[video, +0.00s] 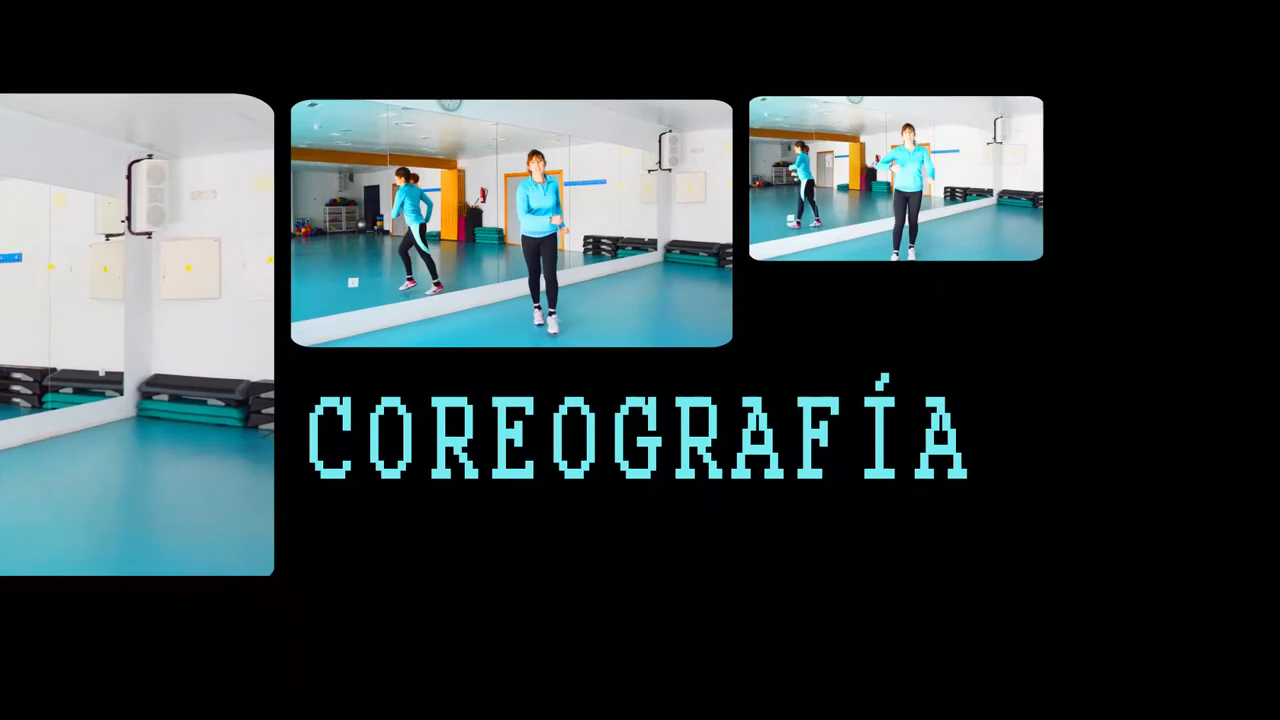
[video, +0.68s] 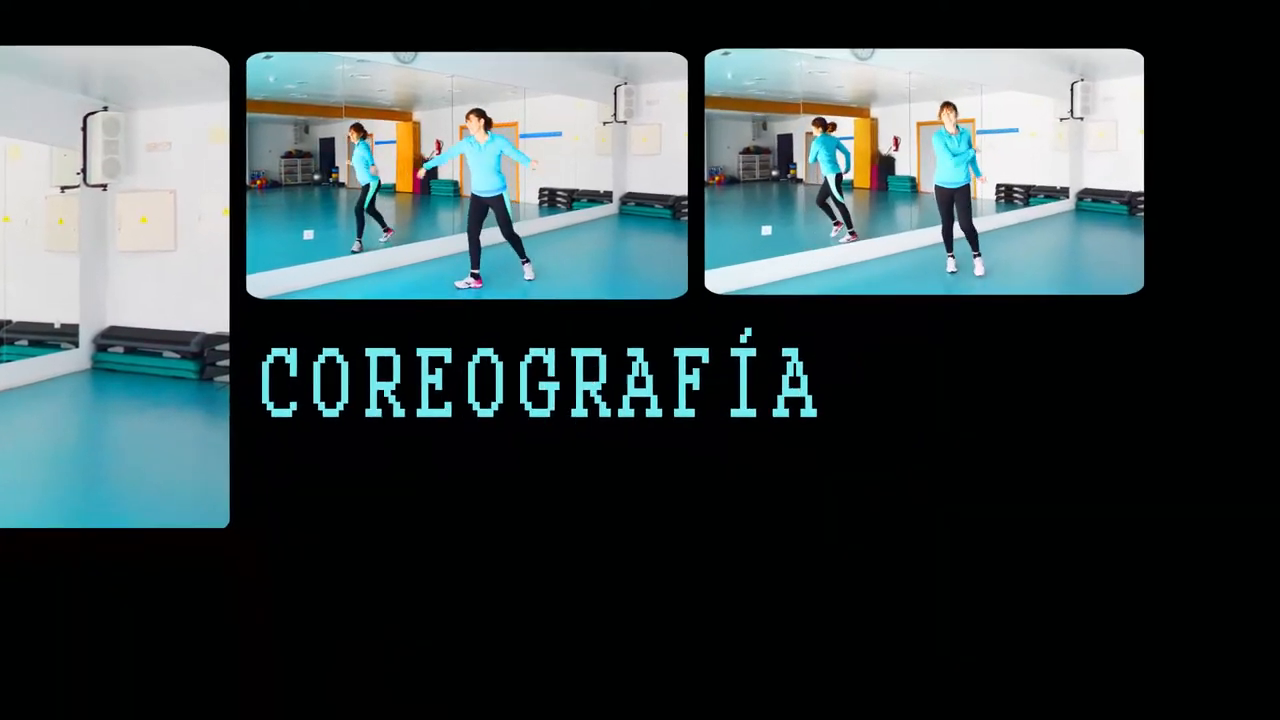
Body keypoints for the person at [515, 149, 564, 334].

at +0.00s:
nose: (537, 164)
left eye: (539, 161)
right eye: (533, 162)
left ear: (544, 163)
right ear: (528, 166)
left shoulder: (553, 184)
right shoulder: (523, 187)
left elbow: (557, 207)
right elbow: (523, 217)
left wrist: (561, 224)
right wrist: (550, 219)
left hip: (549, 235)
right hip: (529, 236)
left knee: (550, 274)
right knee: (534, 273)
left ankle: (552, 313)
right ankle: (536, 308)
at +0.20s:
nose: (513, 164)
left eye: (516, 159)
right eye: (511, 161)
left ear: (525, 161)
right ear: (509, 164)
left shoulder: (536, 179)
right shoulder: (509, 182)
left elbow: (542, 200)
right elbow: (527, 201)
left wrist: (552, 217)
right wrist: (545, 190)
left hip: (534, 232)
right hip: (514, 232)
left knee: (539, 271)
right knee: (518, 269)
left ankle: (555, 301)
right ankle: (521, 301)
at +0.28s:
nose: (503, 158)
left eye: (506, 154)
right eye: (502, 154)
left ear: (516, 154)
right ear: (503, 157)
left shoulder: (530, 171)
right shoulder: (502, 175)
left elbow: (537, 193)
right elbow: (518, 192)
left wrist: (545, 212)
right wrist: (544, 186)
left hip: (529, 224)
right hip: (508, 225)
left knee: (536, 262)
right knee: (512, 261)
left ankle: (548, 297)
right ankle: (514, 296)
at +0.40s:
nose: (491, 143)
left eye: (494, 140)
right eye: (491, 140)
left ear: (505, 141)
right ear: (493, 143)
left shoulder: (522, 158)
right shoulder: (490, 161)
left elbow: (533, 180)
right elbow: (494, 179)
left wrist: (538, 201)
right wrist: (508, 187)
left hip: (520, 211)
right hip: (500, 211)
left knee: (529, 250)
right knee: (498, 251)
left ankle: (540, 288)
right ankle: (502, 286)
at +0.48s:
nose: (485, 141)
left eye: (487, 137)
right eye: (484, 138)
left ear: (498, 137)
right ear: (486, 140)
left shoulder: (515, 154)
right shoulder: (486, 158)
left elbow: (531, 171)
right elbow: (475, 170)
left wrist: (540, 193)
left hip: (515, 208)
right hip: (495, 209)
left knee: (524, 245)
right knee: (488, 245)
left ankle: (534, 283)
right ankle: (490, 285)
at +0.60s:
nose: (474, 135)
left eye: (477, 131)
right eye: (473, 132)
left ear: (488, 132)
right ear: (478, 134)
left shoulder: (506, 150)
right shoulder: (473, 154)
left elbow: (525, 163)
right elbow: (448, 164)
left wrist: (540, 177)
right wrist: (422, 173)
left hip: (506, 204)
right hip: (487, 205)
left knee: (517, 238)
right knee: (476, 238)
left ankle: (529, 272)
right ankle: (476, 283)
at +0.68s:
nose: (468, 125)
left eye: (470, 121)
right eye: (467, 121)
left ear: (481, 121)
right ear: (472, 123)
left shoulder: (498, 141)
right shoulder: (466, 144)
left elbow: (514, 153)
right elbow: (446, 156)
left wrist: (528, 161)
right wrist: (425, 167)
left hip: (497, 195)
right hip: (477, 196)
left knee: (507, 232)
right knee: (472, 233)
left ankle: (525, 262)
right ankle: (474, 276)